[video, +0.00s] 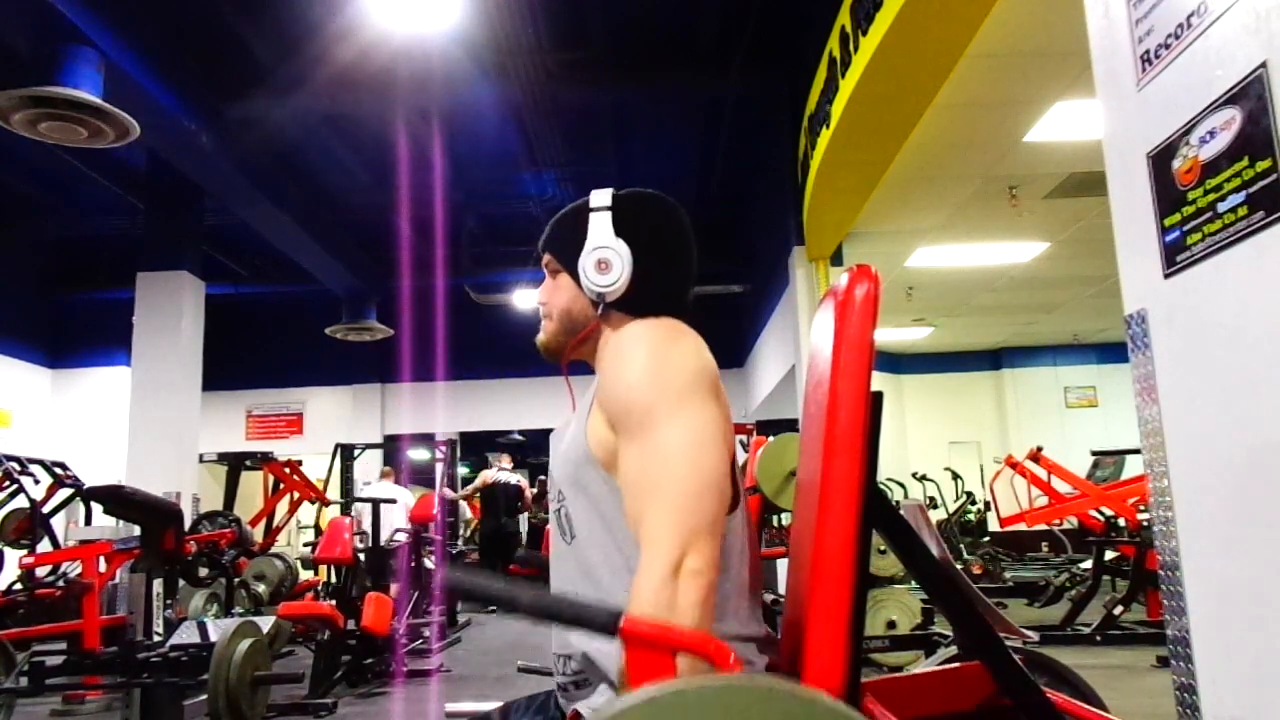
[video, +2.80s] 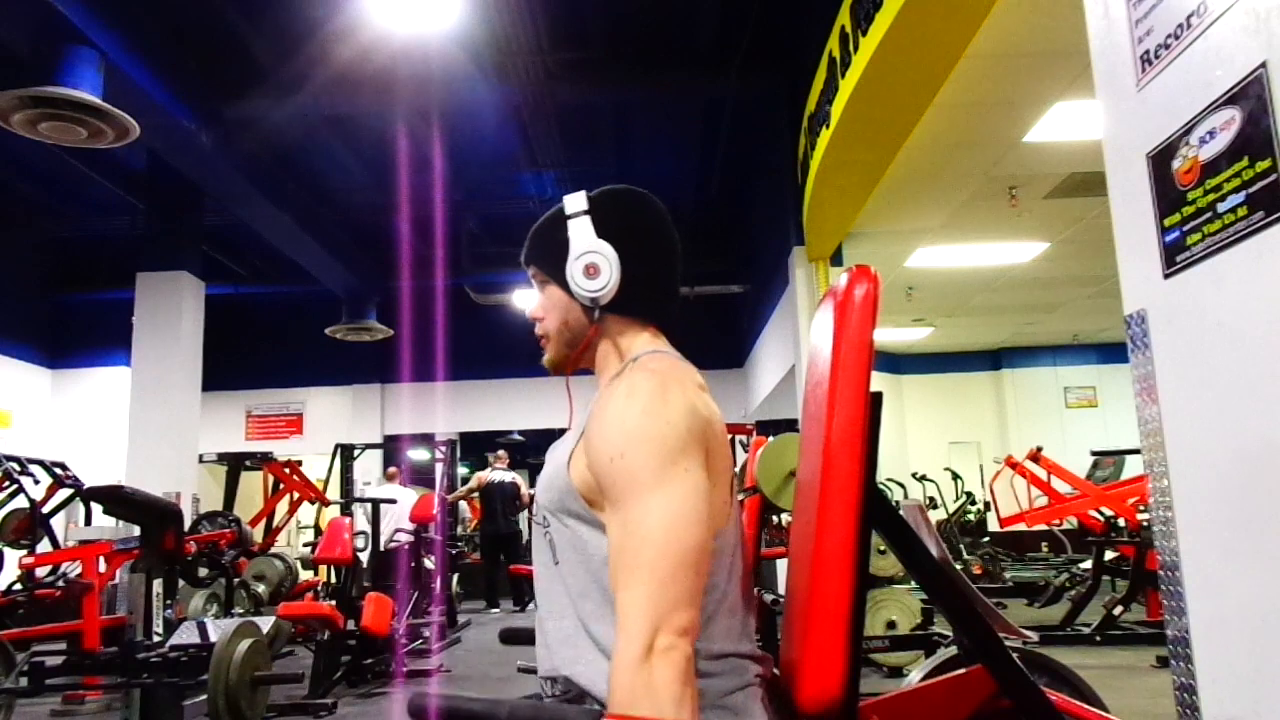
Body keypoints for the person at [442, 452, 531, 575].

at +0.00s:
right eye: (511, 464)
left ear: (495, 464)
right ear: (511, 465)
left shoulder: (487, 474)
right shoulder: (521, 480)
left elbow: (469, 491)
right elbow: (527, 506)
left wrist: (454, 496)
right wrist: (514, 512)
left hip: (489, 529)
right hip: (511, 531)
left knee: (488, 567)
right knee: (505, 569)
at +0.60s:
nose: (487, 466)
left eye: (487, 464)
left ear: (488, 464)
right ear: (502, 464)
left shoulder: (481, 475)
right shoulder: (514, 476)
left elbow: (464, 490)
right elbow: (525, 497)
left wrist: (446, 496)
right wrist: (513, 508)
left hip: (490, 526)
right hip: (510, 526)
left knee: (490, 564)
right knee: (505, 565)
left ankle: (494, 603)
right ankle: (509, 601)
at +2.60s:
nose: (497, 463)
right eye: (498, 461)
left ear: (484, 462)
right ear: (499, 462)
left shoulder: (476, 476)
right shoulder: (510, 476)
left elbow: (462, 493)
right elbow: (520, 498)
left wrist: (446, 499)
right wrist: (511, 510)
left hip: (486, 529)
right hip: (508, 529)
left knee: (488, 567)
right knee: (513, 564)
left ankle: (493, 604)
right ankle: (515, 601)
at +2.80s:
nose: (504, 462)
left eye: (498, 459)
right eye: (505, 460)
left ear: (492, 461)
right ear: (507, 462)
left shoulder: (482, 475)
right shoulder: (517, 478)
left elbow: (465, 491)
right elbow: (525, 501)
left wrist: (448, 499)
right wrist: (514, 511)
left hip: (489, 530)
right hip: (511, 529)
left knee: (490, 567)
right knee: (515, 565)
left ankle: (493, 604)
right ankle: (520, 602)